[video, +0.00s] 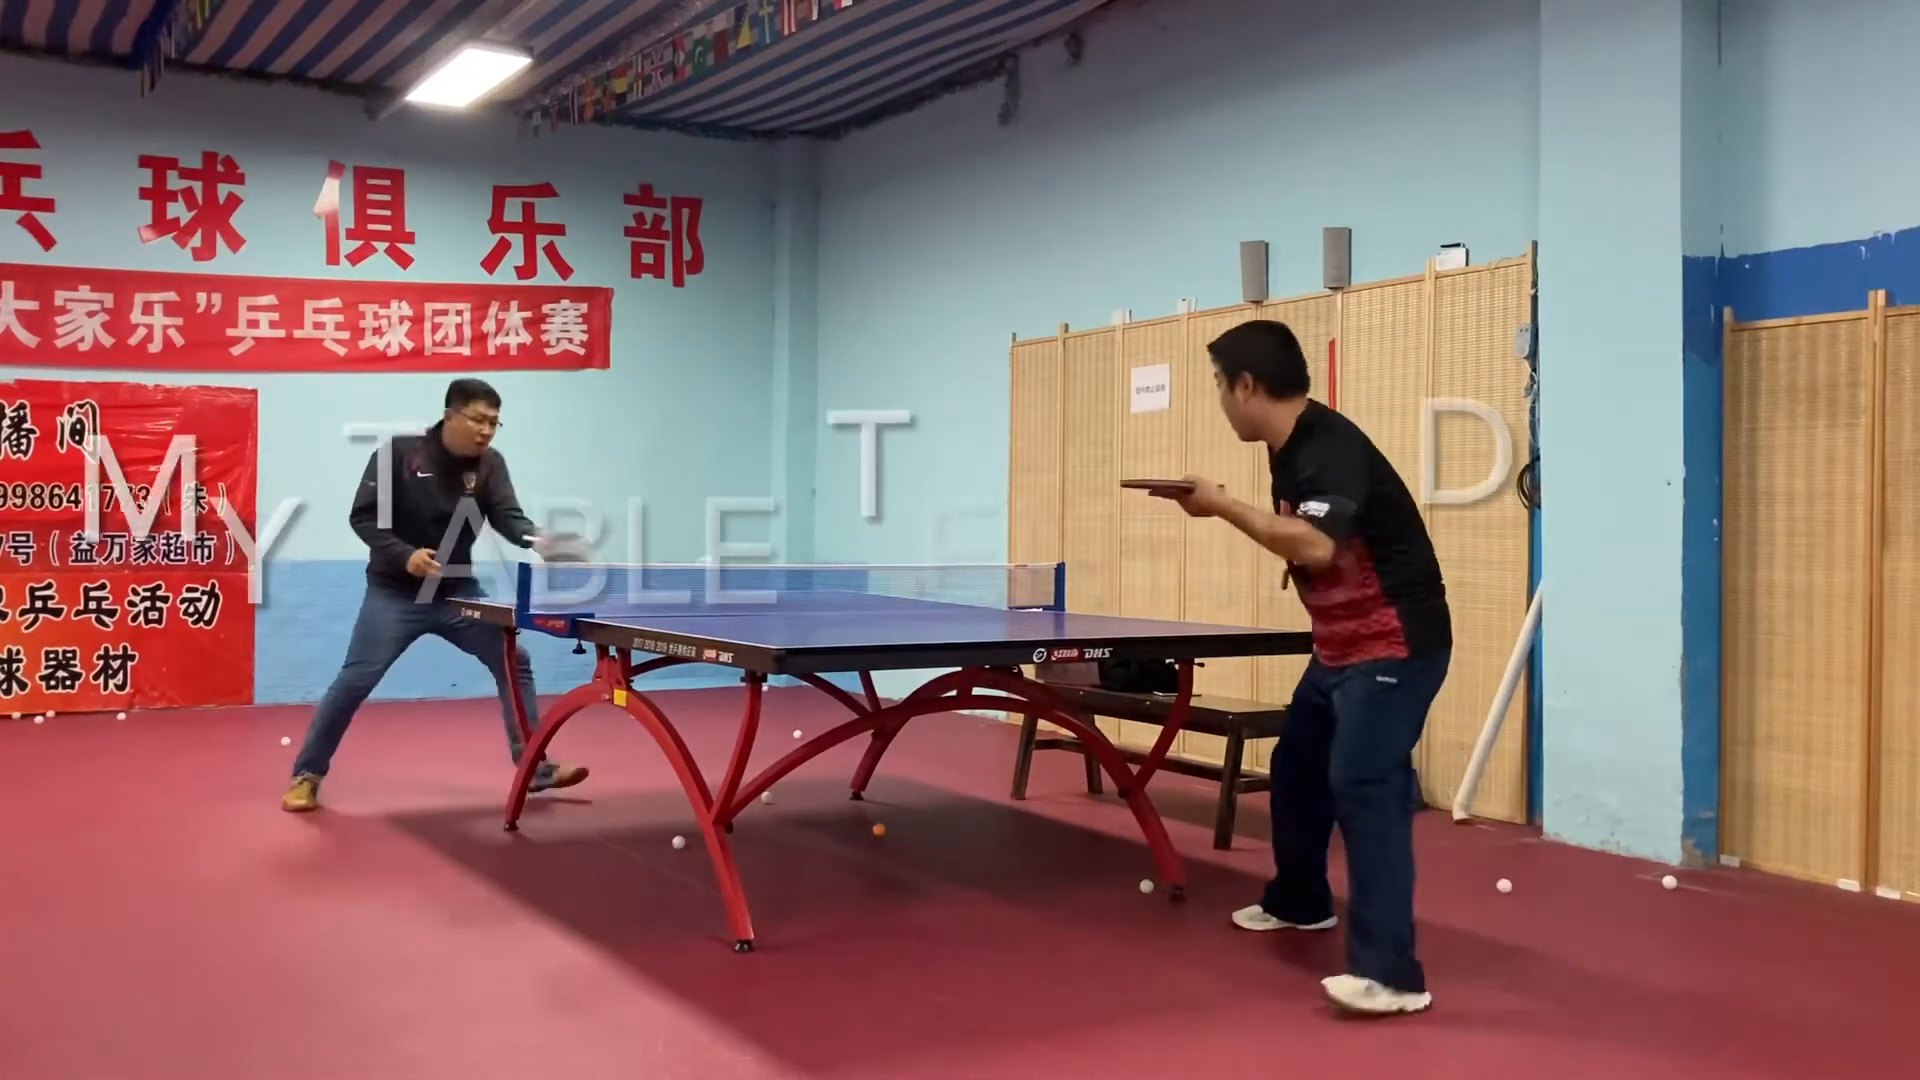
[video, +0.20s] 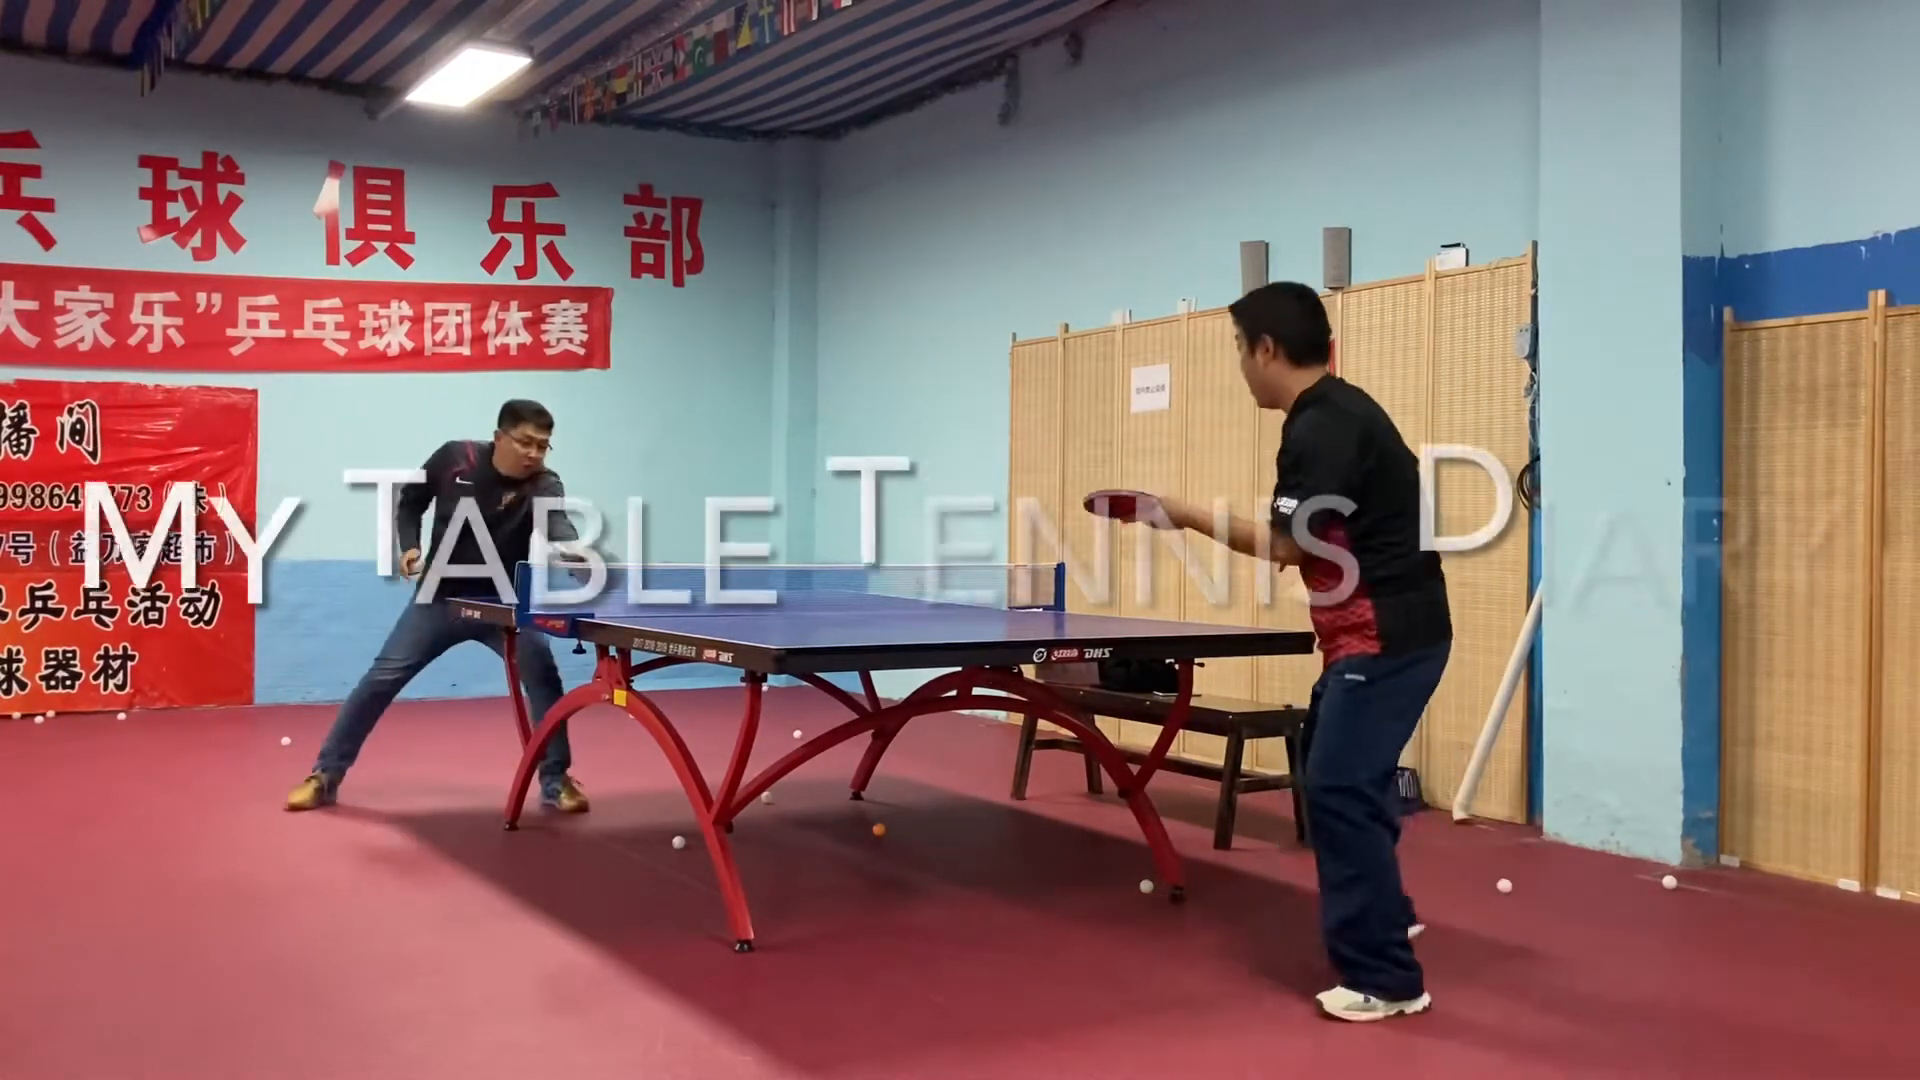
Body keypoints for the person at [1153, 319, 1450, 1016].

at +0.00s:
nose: (1222, 404)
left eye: (1223, 389)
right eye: (1221, 389)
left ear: (1248, 386)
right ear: (1268, 383)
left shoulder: (1330, 445)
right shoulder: (1293, 449)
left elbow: (1312, 546)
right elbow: (1318, 539)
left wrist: (1223, 506)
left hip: (1394, 649)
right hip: (1343, 648)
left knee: (1368, 786)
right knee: (1297, 768)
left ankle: (1391, 972)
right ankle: (1300, 900)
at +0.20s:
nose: (1244, 370)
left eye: (1244, 354)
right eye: (1243, 355)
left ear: (1269, 351)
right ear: (1314, 346)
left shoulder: (1322, 426)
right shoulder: (1340, 409)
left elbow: (1291, 546)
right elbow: (1312, 535)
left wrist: (1187, 516)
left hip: (1382, 643)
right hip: (1388, 636)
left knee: (1338, 791)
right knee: (1347, 781)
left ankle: (1383, 978)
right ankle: (1386, 913)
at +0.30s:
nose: (1244, 346)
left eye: (1246, 329)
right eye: (1244, 330)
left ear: (1273, 328)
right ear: (1311, 326)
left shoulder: (1316, 411)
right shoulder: (1365, 389)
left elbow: (1292, 533)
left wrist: (1201, 523)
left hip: (1367, 641)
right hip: (1408, 630)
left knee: (1339, 793)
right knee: (1378, 778)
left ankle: (1382, 978)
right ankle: (1458, 922)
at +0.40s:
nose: (1251, 360)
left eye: (1251, 344)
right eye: (1248, 346)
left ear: (1280, 337)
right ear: (1321, 334)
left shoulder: (1310, 425)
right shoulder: (1368, 404)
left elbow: (1278, 534)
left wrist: (1166, 519)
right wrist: (1181, 523)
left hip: (1355, 651)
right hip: (1412, 642)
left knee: (1281, 790)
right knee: (1418, 794)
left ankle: (1365, 959)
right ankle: (1519, 951)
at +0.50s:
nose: (1235, 387)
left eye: (1238, 371)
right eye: (1234, 372)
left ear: (1268, 369)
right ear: (1304, 369)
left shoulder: (1290, 456)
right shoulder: (1353, 433)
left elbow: (1209, 522)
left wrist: (1097, 511)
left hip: (1343, 671)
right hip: (1413, 668)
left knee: (1214, 762)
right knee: (1438, 827)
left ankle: (1264, 934)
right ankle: (1535, 975)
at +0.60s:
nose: (1190, 409)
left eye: (1191, 393)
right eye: (1188, 394)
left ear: (1225, 389)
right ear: (1256, 386)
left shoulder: (1230, 464)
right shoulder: (1311, 443)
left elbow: (1116, 494)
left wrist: (1008, 477)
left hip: (1299, 681)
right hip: (1378, 681)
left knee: (1166, 757)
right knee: (1421, 826)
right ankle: (1532, 974)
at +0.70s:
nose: (1114, 409)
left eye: (1118, 394)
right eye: (1115, 394)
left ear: (1148, 392)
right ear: (1186, 386)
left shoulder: (1149, 465)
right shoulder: (1249, 441)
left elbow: (1043, 501)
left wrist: (927, 495)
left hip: (1223, 681)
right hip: (1310, 678)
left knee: (1100, 792)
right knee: (1391, 815)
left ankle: (988, 923)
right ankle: (1519, 961)